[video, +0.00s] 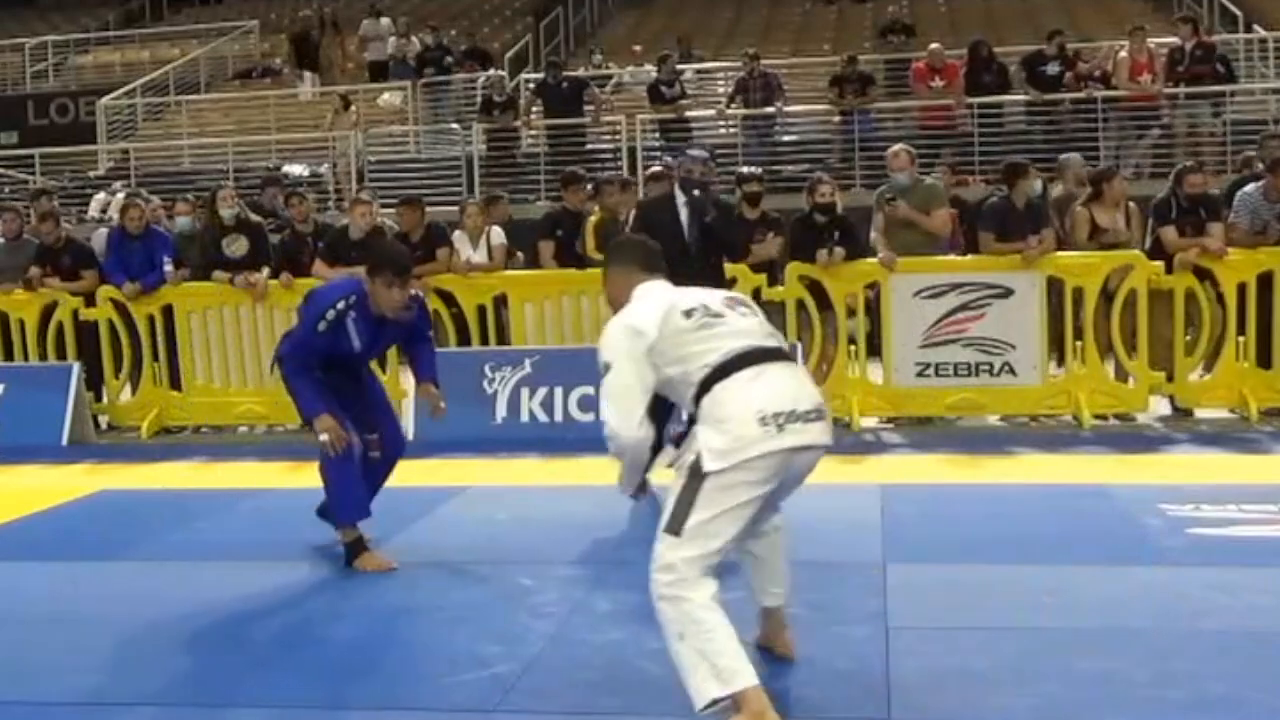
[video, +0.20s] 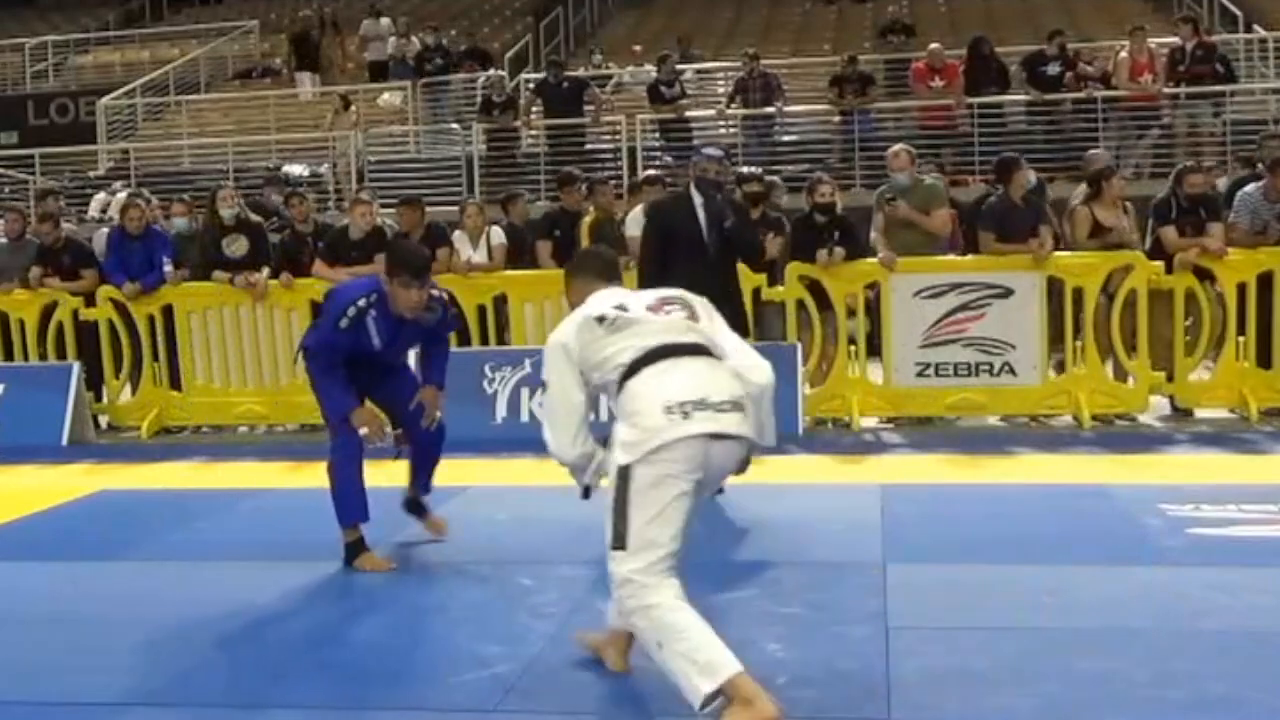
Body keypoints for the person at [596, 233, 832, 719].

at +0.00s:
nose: (609, 298)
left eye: (608, 287)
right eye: (607, 288)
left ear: (622, 281)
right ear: (659, 273)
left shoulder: (627, 324)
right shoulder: (719, 297)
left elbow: (629, 432)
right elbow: (764, 364)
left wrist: (633, 478)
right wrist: (694, 450)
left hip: (742, 431)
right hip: (810, 420)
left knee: (678, 573)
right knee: (761, 516)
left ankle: (751, 706)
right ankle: (776, 630)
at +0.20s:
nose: (569, 301)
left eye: (567, 294)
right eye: (570, 295)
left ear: (573, 289)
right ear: (620, 279)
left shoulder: (569, 333)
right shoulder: (684, 300)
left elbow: (567, 446)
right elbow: (759, 374)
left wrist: (600, 469)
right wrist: (747, 445)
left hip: (662, 437)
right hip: (730, 434)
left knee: (642, 579)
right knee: (645, 532)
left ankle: (747, 700)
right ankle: (618, 641)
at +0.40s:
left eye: (551, 305)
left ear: (551, 304)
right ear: (600, 299)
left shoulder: (530, 335)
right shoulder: (644, 324)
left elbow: (493, 423)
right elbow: (704, 432)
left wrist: (521, 480)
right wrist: (672, 471)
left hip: (582, 434)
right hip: (652, 432)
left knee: (561, 560)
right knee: (628, 536)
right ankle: (616, 649)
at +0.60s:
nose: (480, 284)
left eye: (486, 275)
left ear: (493, 276)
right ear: (547, 275)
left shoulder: (468, 310)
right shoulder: (592, 310)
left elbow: (430, 383)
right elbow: (643, 411)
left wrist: (448, 466)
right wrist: (611, 459)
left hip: (518, 426)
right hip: (600, 424)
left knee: (479, 564)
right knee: (592, 524)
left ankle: (478, 704)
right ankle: (607, 642)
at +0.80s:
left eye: (442, 276)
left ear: (448, 275)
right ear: (508, 271)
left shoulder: (422, 319)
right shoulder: (552, 307)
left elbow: (393, 418)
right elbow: (606, 381)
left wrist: (423, 472)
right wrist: (591, 445)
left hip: (466, 441)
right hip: (547, 438)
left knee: (447, 581)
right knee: (540, 530)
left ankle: (467, 705)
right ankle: (531, 630)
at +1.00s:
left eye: (432, 289)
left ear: (434, 289)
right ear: (482, 283)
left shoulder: (411, 337)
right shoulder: (529, 321)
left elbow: (399, 444)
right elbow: (587, 412)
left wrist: (444, 473)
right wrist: (561, 457)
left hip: (470, 453)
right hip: (544, 450)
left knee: (383, 565)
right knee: (516, 519)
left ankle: (462, 663)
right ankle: (504, 631)